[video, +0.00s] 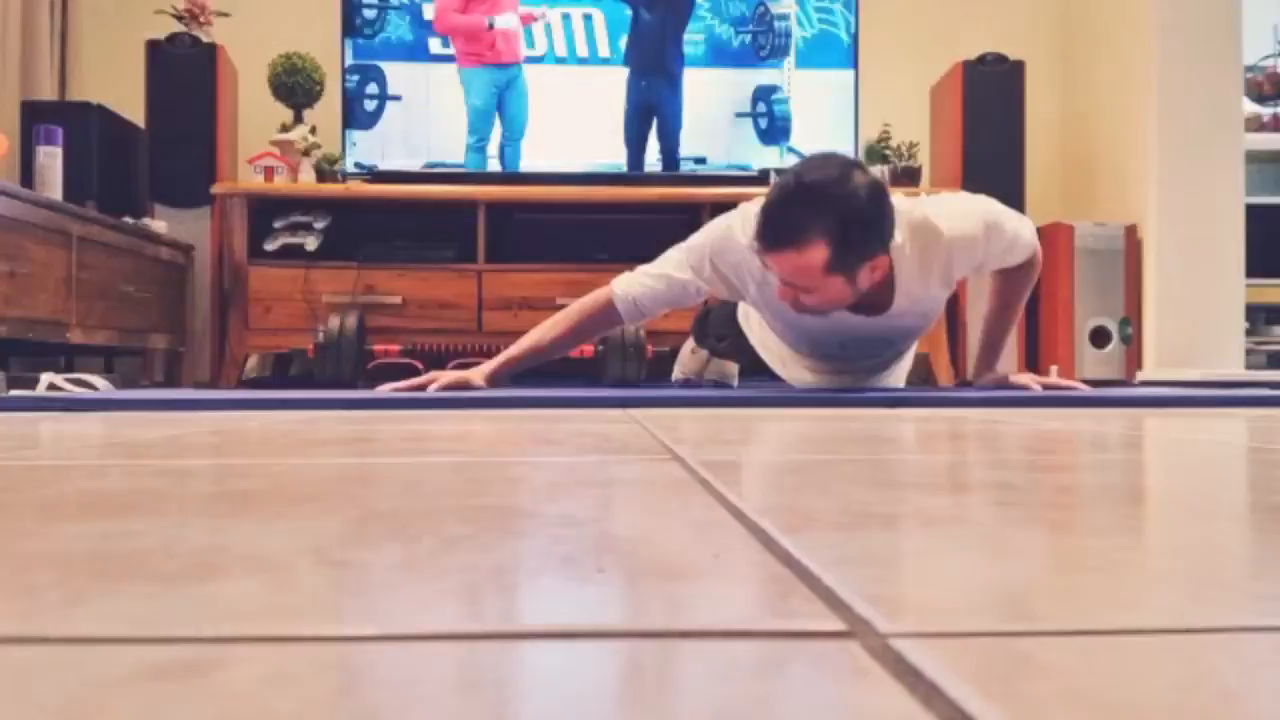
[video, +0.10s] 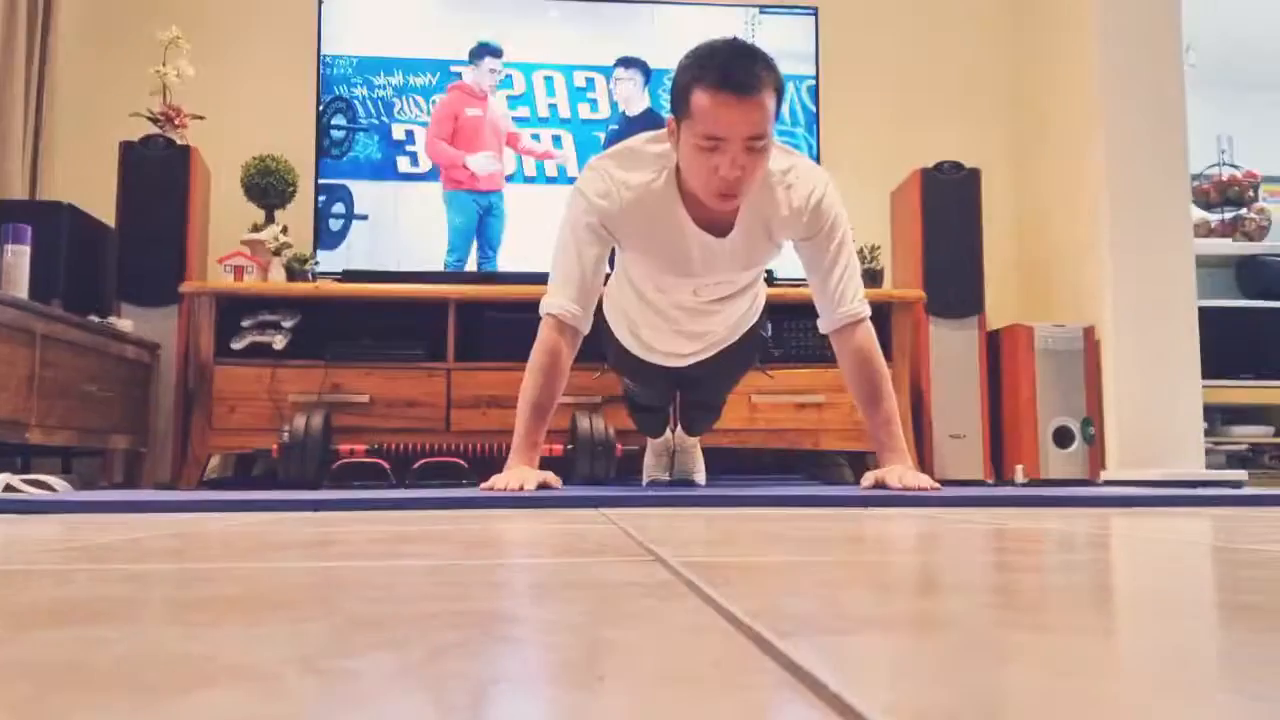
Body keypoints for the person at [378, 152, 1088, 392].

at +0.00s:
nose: (791, 294)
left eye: (808, 284)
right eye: (780, 279)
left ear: (870, 257)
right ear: (769, 247)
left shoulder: (945, 230)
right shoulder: (738, 246)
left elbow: (1024, 246)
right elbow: (614, 304)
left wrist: (986, 371)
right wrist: (491, 369)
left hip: (877, 388)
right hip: (750, 376)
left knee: (872, 517)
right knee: (721, 506)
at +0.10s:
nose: (733, 170)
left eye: (753, 145)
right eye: (712, 145)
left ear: (773, 133)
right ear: (673, 130)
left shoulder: (801, 191)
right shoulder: (609, 187)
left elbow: (849, 327)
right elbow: (559, 327)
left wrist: (894, 460)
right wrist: (521, 460)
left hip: (732, 328)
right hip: (638, 328)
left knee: (704, 407)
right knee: (649, 404)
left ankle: (689, 442)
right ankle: (657, 445)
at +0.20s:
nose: (733, 170)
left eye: (754, 145)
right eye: (711, 145)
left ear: (773, 132)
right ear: (673, 129)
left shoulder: (802, 192)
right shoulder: (608, 188)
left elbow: (850, 327)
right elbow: (559, 327)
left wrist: (895, 460)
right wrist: (521, 460)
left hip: (732, 330)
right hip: (638, 330)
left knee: (702, 409)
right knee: (649, 406)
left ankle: (686, 440)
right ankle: (655, 445)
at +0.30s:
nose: (733, 171)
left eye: (753, 147)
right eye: (711, 146)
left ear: (772, 134)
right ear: (673, 130)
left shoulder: (802, 192)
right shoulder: (608, 187)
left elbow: (850, 328)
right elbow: (558, 328)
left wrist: (895, 460)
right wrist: (521, 460)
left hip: (732, 332)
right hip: (638, 331)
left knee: (702, 408)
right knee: (650, 406)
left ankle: (686, 441)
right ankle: (656, 444)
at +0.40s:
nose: (731, 173)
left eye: (751, 150)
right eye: (710, 149)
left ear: (771, 135)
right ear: (671, 130)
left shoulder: (801, 194)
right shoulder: (606, 187)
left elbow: (851, 329)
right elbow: (557, 328)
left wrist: (895, 459)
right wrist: (521, 460)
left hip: (731, 335)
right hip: (638, 334)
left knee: (703, 410)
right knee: (650, 408)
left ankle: (687, 442)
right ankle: (656, 445)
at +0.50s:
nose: (731, 173)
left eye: (751, 150)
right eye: (710, 149)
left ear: (771, 135)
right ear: (671, 131)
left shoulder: (801, 194)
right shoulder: (606, 187)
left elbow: (850, 328)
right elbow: (557, 327)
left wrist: (895, 459)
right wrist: (520, 460)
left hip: (731, 334)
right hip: (638, 333)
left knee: (702, 410)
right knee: (649, 408)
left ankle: (687, 443)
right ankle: (657, 446)